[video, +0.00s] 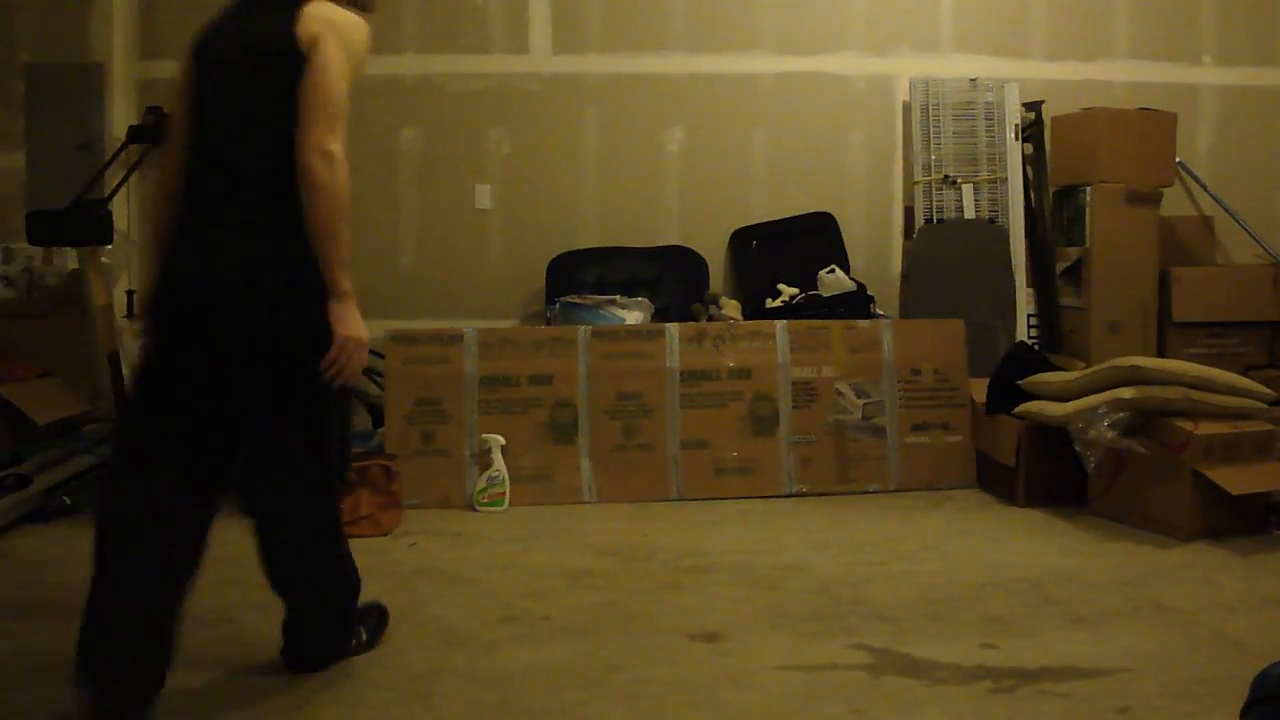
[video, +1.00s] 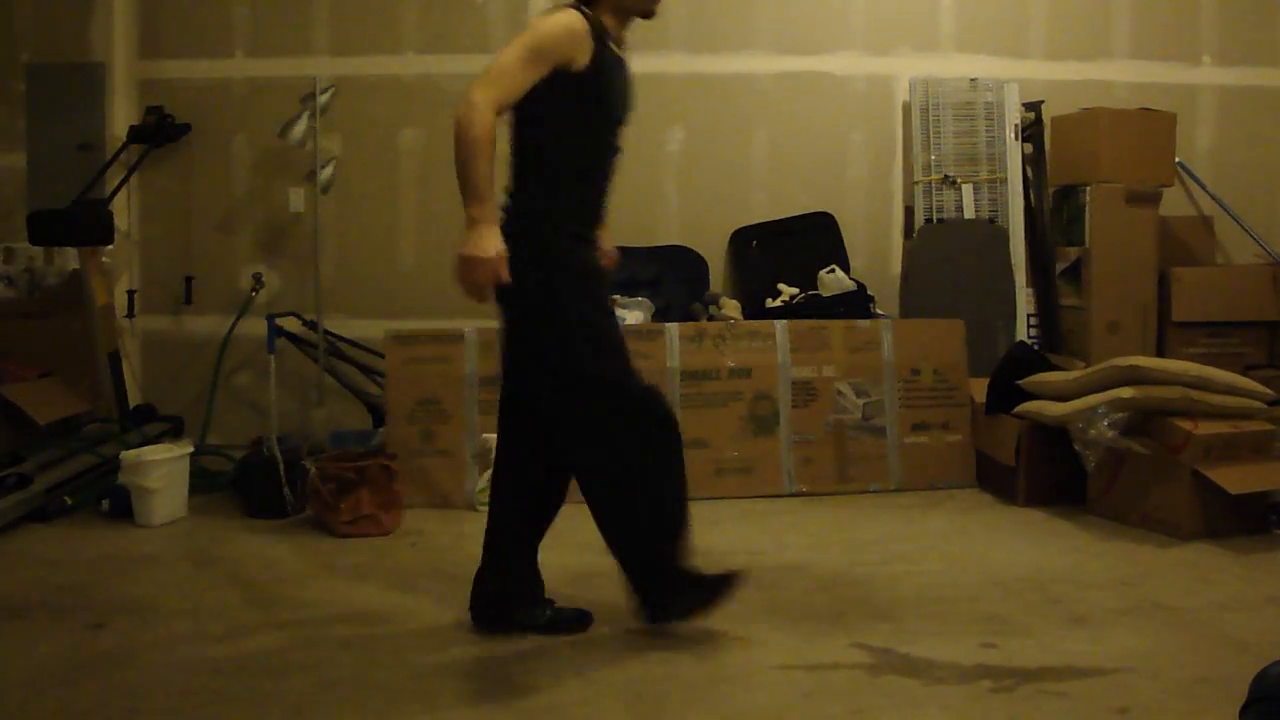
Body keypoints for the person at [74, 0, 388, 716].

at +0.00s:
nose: (373, 11)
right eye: (369, 6)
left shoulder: (216, 30)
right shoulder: (334, 24)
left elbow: (173, 167)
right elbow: (320, 155)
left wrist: (156, 287)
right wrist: (343, 294)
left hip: (196, 288)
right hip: (281, 290)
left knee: (159, 482)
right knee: (295, 457)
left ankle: (116, 679)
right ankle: (320, 626)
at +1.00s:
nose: (657, 1)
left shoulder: (606, 49)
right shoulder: (566, 29)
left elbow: (567, 150)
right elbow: (477, 106)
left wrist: (590, 236)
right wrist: (480, 223)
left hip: (567, 267)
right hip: (544, 266)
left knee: (537, 432)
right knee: (628, 420)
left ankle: (504, 595)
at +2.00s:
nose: (728, 9)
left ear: (761, 5)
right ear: (693, 7)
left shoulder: (800, 72)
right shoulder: (679, 73)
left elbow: (855, 171)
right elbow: (632, 154)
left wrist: (753, 196)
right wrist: (650, 179)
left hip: (789, 273)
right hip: (716, 273)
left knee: (751, 437)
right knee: (708, 449)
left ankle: (808, 532)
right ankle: (752, 598)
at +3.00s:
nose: (526, 9)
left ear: (578, 3)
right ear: (510, 6)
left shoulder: (632, 71)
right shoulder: (497, 67)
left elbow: (655, 184)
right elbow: (431, 127)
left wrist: (660, 285)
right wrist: (420, 152)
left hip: (581, 287)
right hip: (500, 280)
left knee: (571, 458)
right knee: (435, 432)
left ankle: (598, 619)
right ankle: (373, 567)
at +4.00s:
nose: (533, 16)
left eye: (547, 8)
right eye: (527, 8)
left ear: (585, 5)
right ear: (519, 8)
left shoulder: (638, 50)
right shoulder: (492, 59)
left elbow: (665, 119)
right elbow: (420, 141)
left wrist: (583, 48)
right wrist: (368, 227)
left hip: (600, 291)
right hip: (513, 292)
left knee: (597, 474)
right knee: (514, 472)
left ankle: (495, 604)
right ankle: (514, 662)